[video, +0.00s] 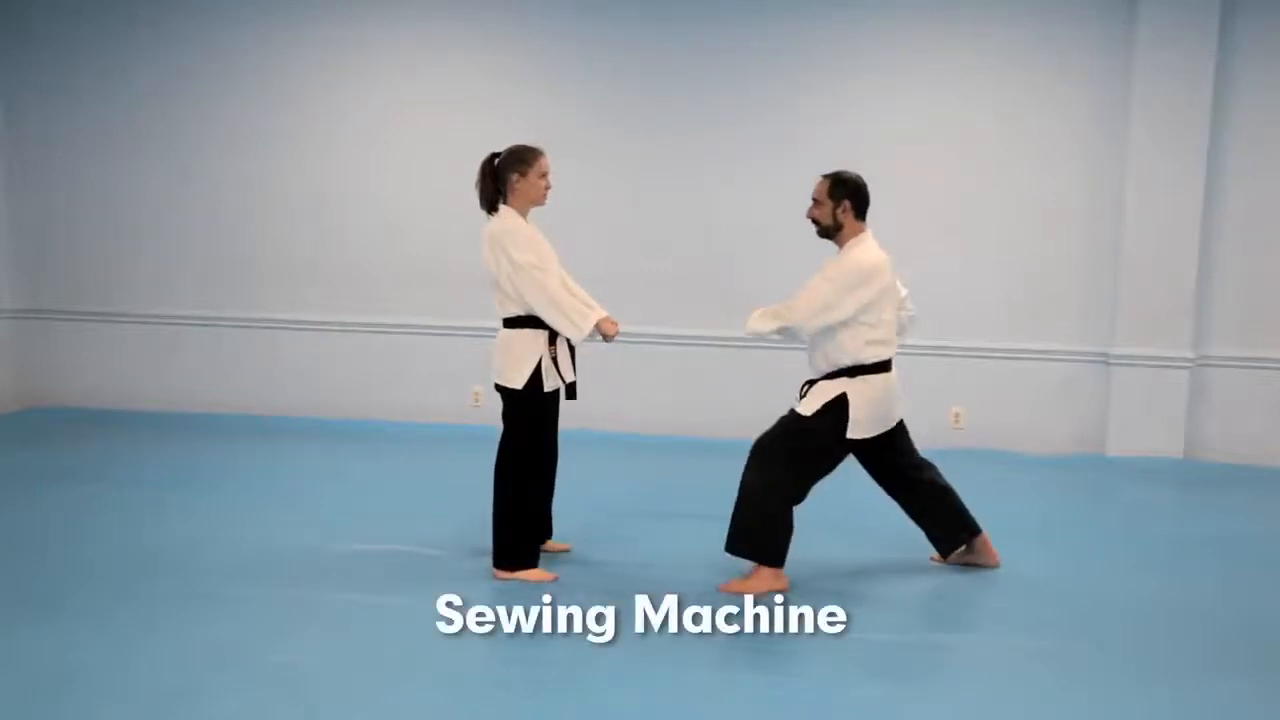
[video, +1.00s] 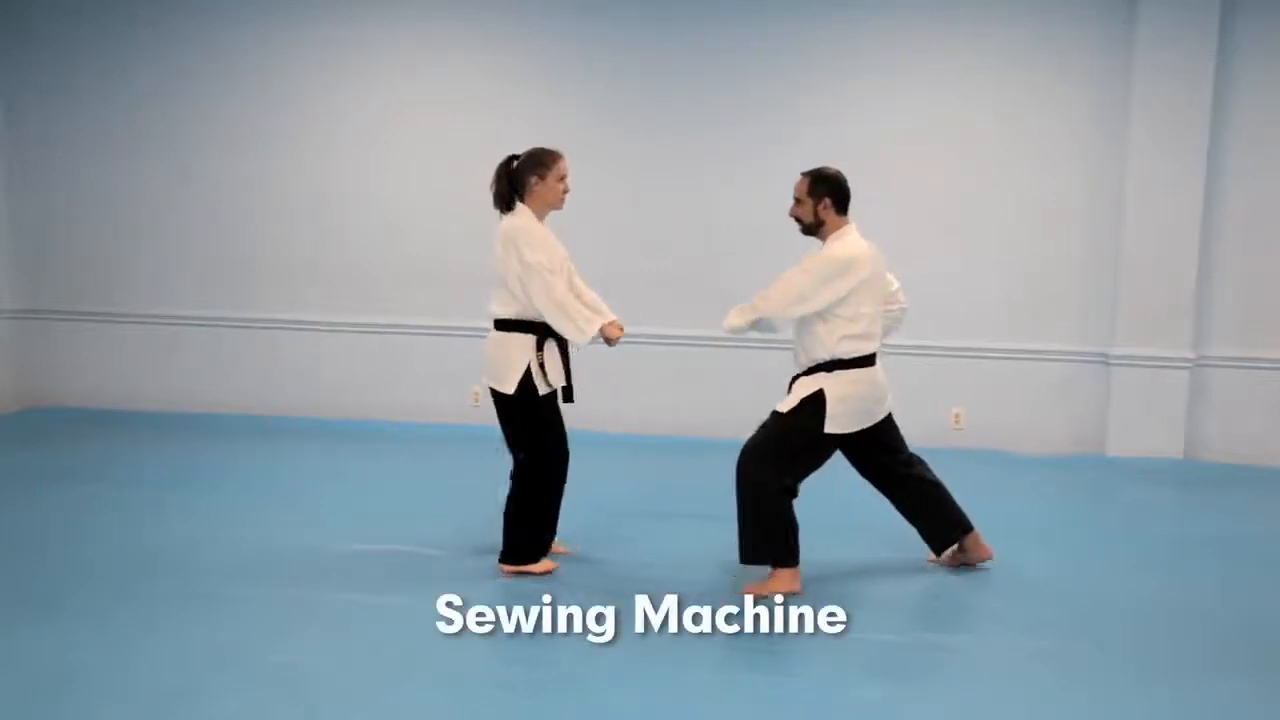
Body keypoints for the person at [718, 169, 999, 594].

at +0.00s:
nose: (809, 211)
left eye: (816, 203)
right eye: (811, 202)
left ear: (844, 209)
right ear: (847, 210)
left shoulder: (853, 263)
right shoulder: (874, 258)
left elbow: (803, 319)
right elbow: (903, 312)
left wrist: (755, 321)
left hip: (844, 396)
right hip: (875, 391)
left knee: (772, 458)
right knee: (906, 471)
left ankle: (768, 570)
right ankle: (973, 545)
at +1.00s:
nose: (791, 210)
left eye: (798, 201)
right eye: (793, 200)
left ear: (825, 206)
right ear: (831, 206)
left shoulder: (838, 254)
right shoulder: (865, 251)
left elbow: (780, 301)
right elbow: (894, 307)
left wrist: (739, 319)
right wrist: (858, 345)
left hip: (830, 393)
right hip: (864, 388)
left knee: (760, 464)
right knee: (897, 468)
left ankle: (784, 576)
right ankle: (968, 543)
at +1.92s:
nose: (622, 229)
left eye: (629, 221)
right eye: (624, 220)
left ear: (656, 228)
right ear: (651, 228)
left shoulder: (677, 280)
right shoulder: (626, 275)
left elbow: (718, 340)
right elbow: (566, 292)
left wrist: (667, 373)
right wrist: (506, 276)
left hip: (674, 412)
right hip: (638, 406)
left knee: (708, 500)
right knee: (578, 438)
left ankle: (804, 578)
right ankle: (592, 531)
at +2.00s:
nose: (619, 230)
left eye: (627, 224)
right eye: (621, 222)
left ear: (653, 229)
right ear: (649, 229)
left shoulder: (674, 280)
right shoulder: (626, 275)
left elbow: (714, 340)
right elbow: (570, 290)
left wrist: (663, 374)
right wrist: (507, 280)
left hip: (672, 411)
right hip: (636, 405)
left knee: (706, 500)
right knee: (578, 438)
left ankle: (805, 578)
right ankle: (592, 530)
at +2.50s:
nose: (619, 228)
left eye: (626, 221)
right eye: (620, 220)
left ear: (654, 228)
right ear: (646, 227)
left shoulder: (674, 280)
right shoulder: (623, 274)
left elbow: (712, 341)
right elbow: (572, 282)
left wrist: (658, 372)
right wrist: (512, 274)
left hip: (670, 412)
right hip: (633, 405)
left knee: (710, 500)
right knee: (575, 438)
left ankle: (805, 577)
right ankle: (592, 530)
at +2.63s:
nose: (619, 229)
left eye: (626, 221)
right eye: (620, 220)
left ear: (654, 228)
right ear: (647, 227)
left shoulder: (674, 279)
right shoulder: (624, 273)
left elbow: (712, 341)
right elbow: (572, 287)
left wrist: (659, 372)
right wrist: (515, 283)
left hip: (670, 412)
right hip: (632, 405)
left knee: (709, 500)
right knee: (576, 437)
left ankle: (805, 578)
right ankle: (592, 530)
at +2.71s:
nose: (618, 227)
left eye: (626, 220)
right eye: (620, 219)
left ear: (652, 227)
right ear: (649, 227)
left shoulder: (673, 279)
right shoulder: (626, 273)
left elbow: (711, 341)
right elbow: (567, 287)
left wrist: (659, 374)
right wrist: (503, 287)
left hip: (671, 411)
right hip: (635, 404)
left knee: (708, 499)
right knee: (576, 436)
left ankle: (805, 578)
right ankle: (591, 529)